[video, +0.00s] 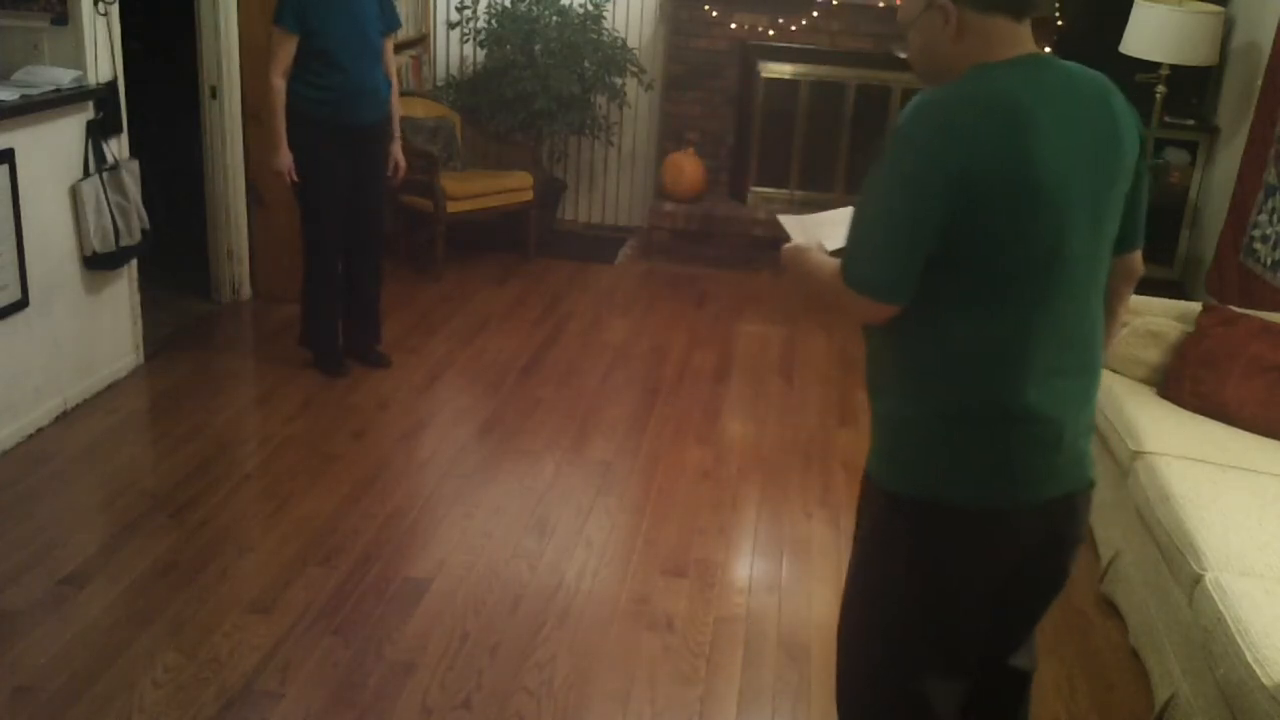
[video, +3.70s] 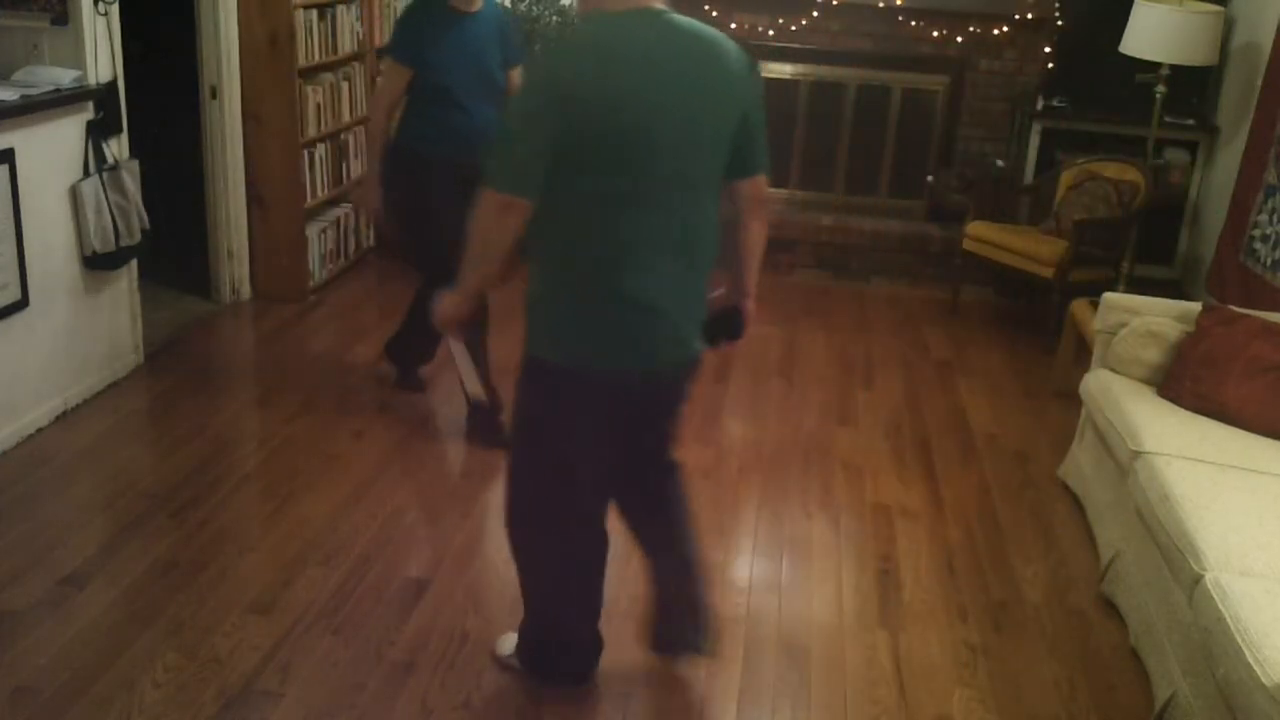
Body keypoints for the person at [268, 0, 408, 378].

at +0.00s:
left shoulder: (381, 6)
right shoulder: (297, 7)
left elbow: (389, 71)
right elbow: (278, 74)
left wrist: (396, 138)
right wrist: (281, 146)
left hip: (371, 132)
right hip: (317, 133)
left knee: (367, 238)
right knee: (323, 240)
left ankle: (363, 339)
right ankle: (323, 345)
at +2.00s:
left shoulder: (323, 8)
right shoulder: (241, 9)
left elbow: (334, 85)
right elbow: (217, 88)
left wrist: (343, 157)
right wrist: (237, 161)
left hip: (315, 151)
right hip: (256, 156)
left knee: (332, 256)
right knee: (266, 266)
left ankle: (320, 349)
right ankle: (263, 368)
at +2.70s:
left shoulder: (379, 6)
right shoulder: (300, 7)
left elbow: (389, 74)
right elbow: (272, 76)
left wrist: (408, 144)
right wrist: (302, 150)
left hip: (365, 139)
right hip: (309, 142)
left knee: (365, 244)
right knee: (316, 245)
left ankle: (356, 347)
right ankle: (304, 343)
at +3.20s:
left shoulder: (422, 7)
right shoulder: (347, 9)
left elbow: (429, 78)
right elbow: (324, 85)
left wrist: (435, 146)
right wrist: (337, 164)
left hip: (411, 144)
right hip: (365, 144)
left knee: (407, 254)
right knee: (369, 253)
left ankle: (398, 361)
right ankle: (325, 337)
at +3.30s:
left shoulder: (436, 8)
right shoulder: (357, 9)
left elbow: (449, 81)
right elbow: (332, 86)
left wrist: (468, 152)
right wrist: (336, 166)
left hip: (420, 145)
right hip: (371, 145)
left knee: (416, 250)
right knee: (397, 251)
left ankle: (399, 359)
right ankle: (372, 356)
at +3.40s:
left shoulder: (451, 10)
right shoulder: (373, 10)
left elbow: (469, 87)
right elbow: (339, 90)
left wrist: (493, 158)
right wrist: (335, 166)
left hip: (431, 148)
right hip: (379, 149)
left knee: (419, 260)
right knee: (413, 262)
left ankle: (395, 360)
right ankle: (421, 385)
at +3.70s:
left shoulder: (501, 19)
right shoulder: (421, 18)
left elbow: (517, 92)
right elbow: (383, 101)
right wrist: (372, 175)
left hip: (478, 163)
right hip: (422, 163)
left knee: (452, 267)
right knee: (456, 275)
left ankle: (406, 349)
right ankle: (482, 404)